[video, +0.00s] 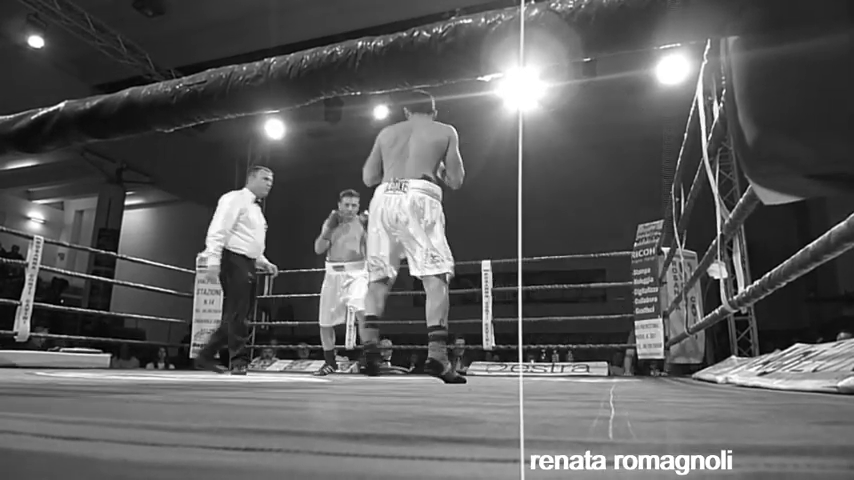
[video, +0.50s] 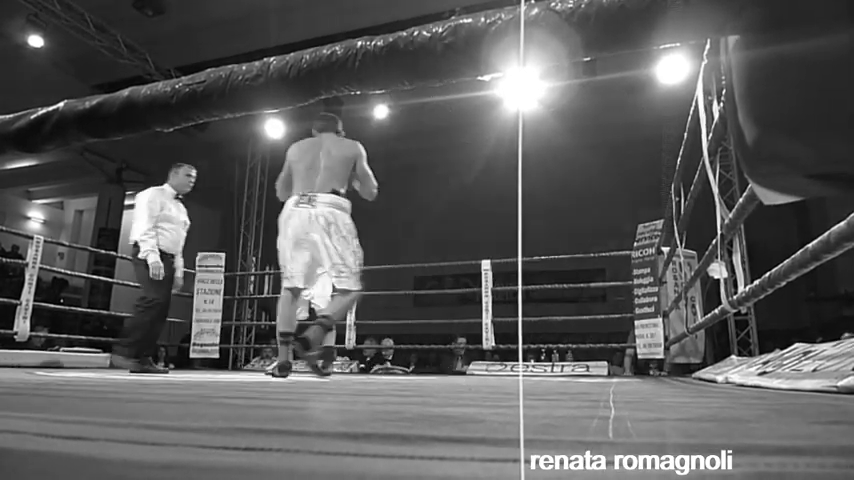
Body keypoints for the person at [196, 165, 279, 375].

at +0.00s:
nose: (269, 185)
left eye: (271, 181)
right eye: (265, 179)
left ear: (269, 186)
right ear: (251, 179)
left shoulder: (257, 210)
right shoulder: (233, 199)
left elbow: (253, 246)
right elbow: (217, 231)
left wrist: (265, 263)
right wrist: (213, 262)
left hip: (249, 261)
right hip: (234, 257)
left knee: (239, 313)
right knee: (237, 312)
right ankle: (238, 361)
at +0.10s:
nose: (249, 184)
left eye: (251, 181)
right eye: (246, 180)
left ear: (249, 185)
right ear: (232, 179)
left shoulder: (236, 209)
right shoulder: (213, 199)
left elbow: (231, 247)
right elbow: (197, 230)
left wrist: (247, 263)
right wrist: (191, 262)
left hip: (226, 260)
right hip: (213, 256)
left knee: (207, 311)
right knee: (227, 309)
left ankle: (164, 347)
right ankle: (234, 361)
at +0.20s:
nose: (236, 187)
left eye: (237, 184)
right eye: (232, 181)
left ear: (235, 187)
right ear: (218, 180)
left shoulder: (223, 213)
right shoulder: (199, 201)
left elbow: (218, 251)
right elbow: (183, 232)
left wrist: (236, 265)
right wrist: (177, 263)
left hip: (210, 263)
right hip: (197, 259)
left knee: (182, 314)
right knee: (216, 311)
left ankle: (149, 357)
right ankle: (228, 362)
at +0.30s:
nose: (217, 187)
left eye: (218, 184)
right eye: (213, 181)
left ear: (217, 187)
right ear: (198, 180)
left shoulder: (202, 213)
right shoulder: (176, 200)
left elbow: (199, 248)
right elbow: (165, 232)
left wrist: (212, 266)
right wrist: (162, 263)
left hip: (189, 264)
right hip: (176, 260)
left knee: (166, 315)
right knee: (194, 307)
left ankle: (141, 361)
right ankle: (201, 360)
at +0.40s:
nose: (204, 184)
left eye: (206, 181)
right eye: (201, 178)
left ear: (203, 185)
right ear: (186, 177)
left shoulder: (191, 210)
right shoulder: (165, 196)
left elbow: (189, 245)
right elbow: (155, 229)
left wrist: (195, 270)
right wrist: (156, 260)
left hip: (182, 261)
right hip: (167, 258)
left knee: (161, 309)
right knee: (170, 306)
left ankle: (141, 360)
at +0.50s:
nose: (192, 182)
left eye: (194, 179)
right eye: (189, 176)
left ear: (192, 183)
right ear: (174, 174)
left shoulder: (181, 210)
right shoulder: (151, 195)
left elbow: (178, 245)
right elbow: (143, 228)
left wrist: (179, 270)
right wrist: (152, 255)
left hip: (168, 258)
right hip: (148, 253)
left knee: (161, 305)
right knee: (153, 299)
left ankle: (144, 356)